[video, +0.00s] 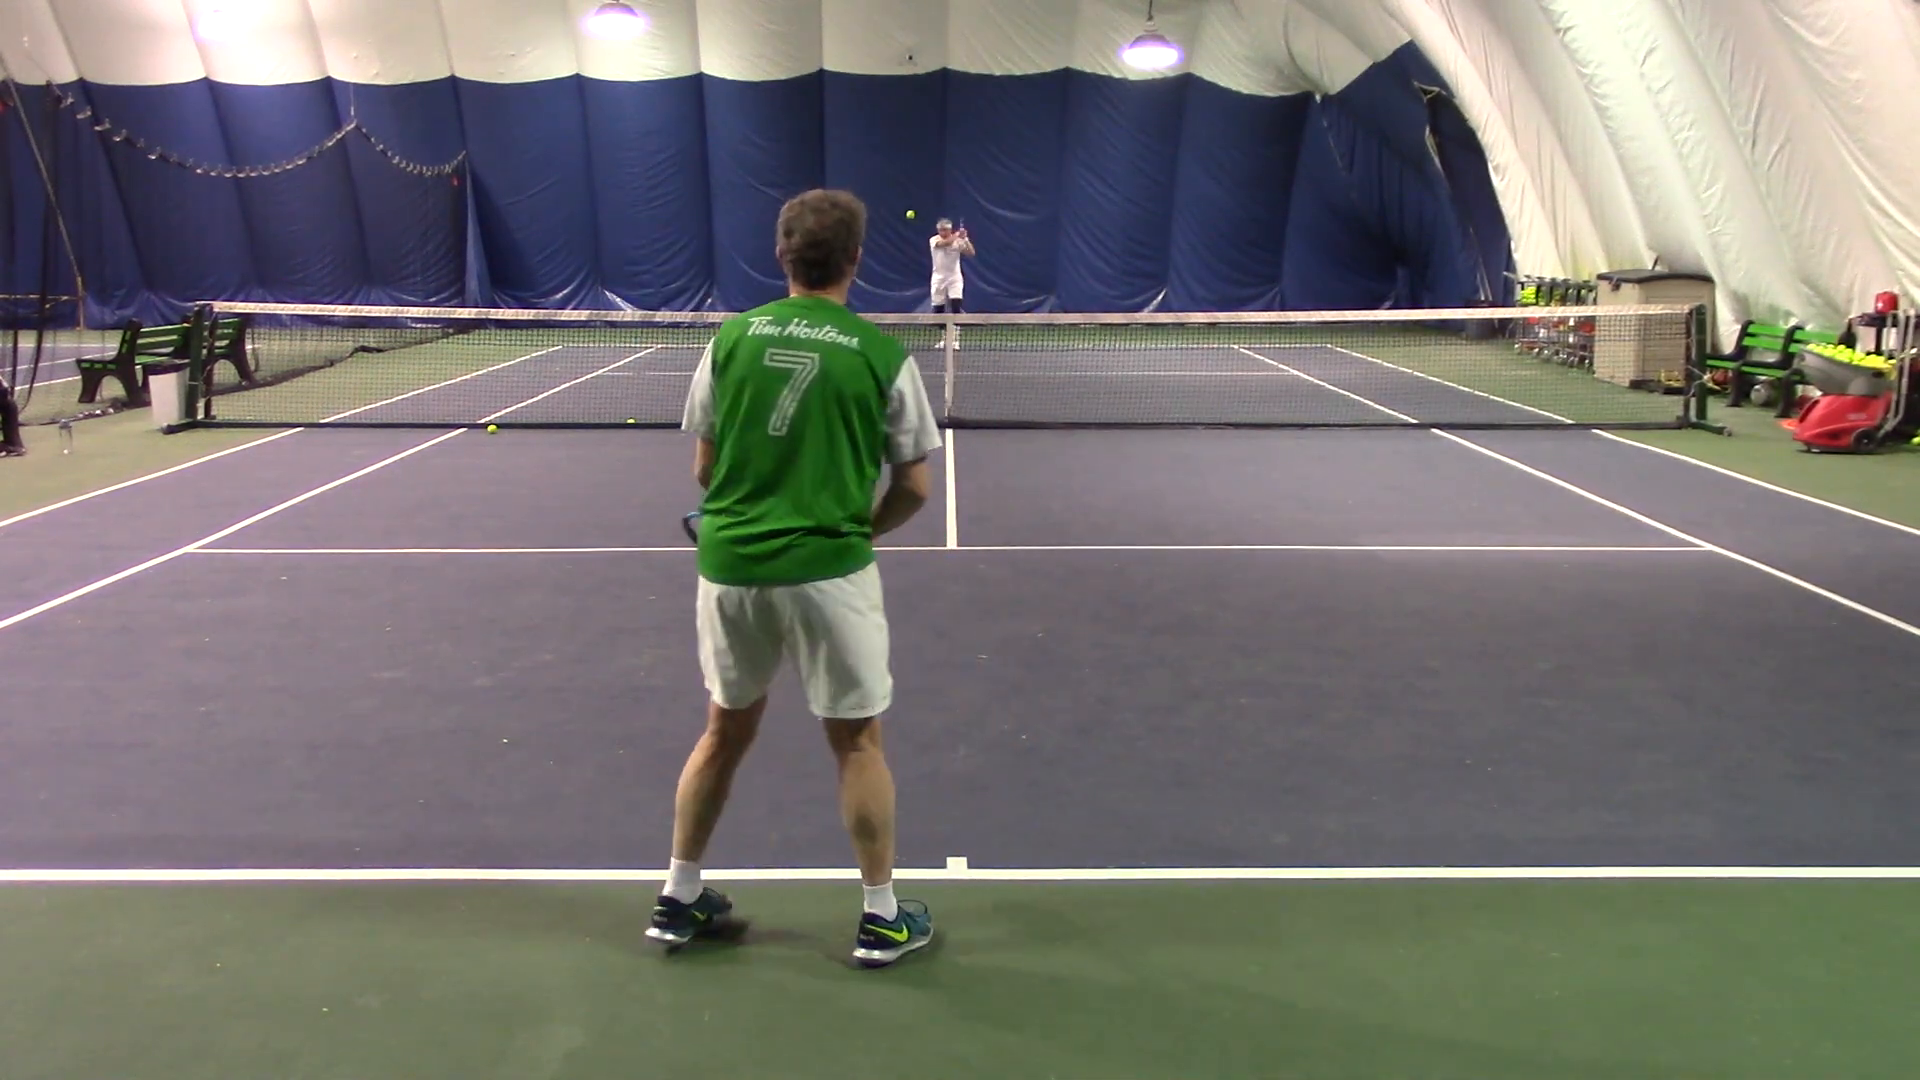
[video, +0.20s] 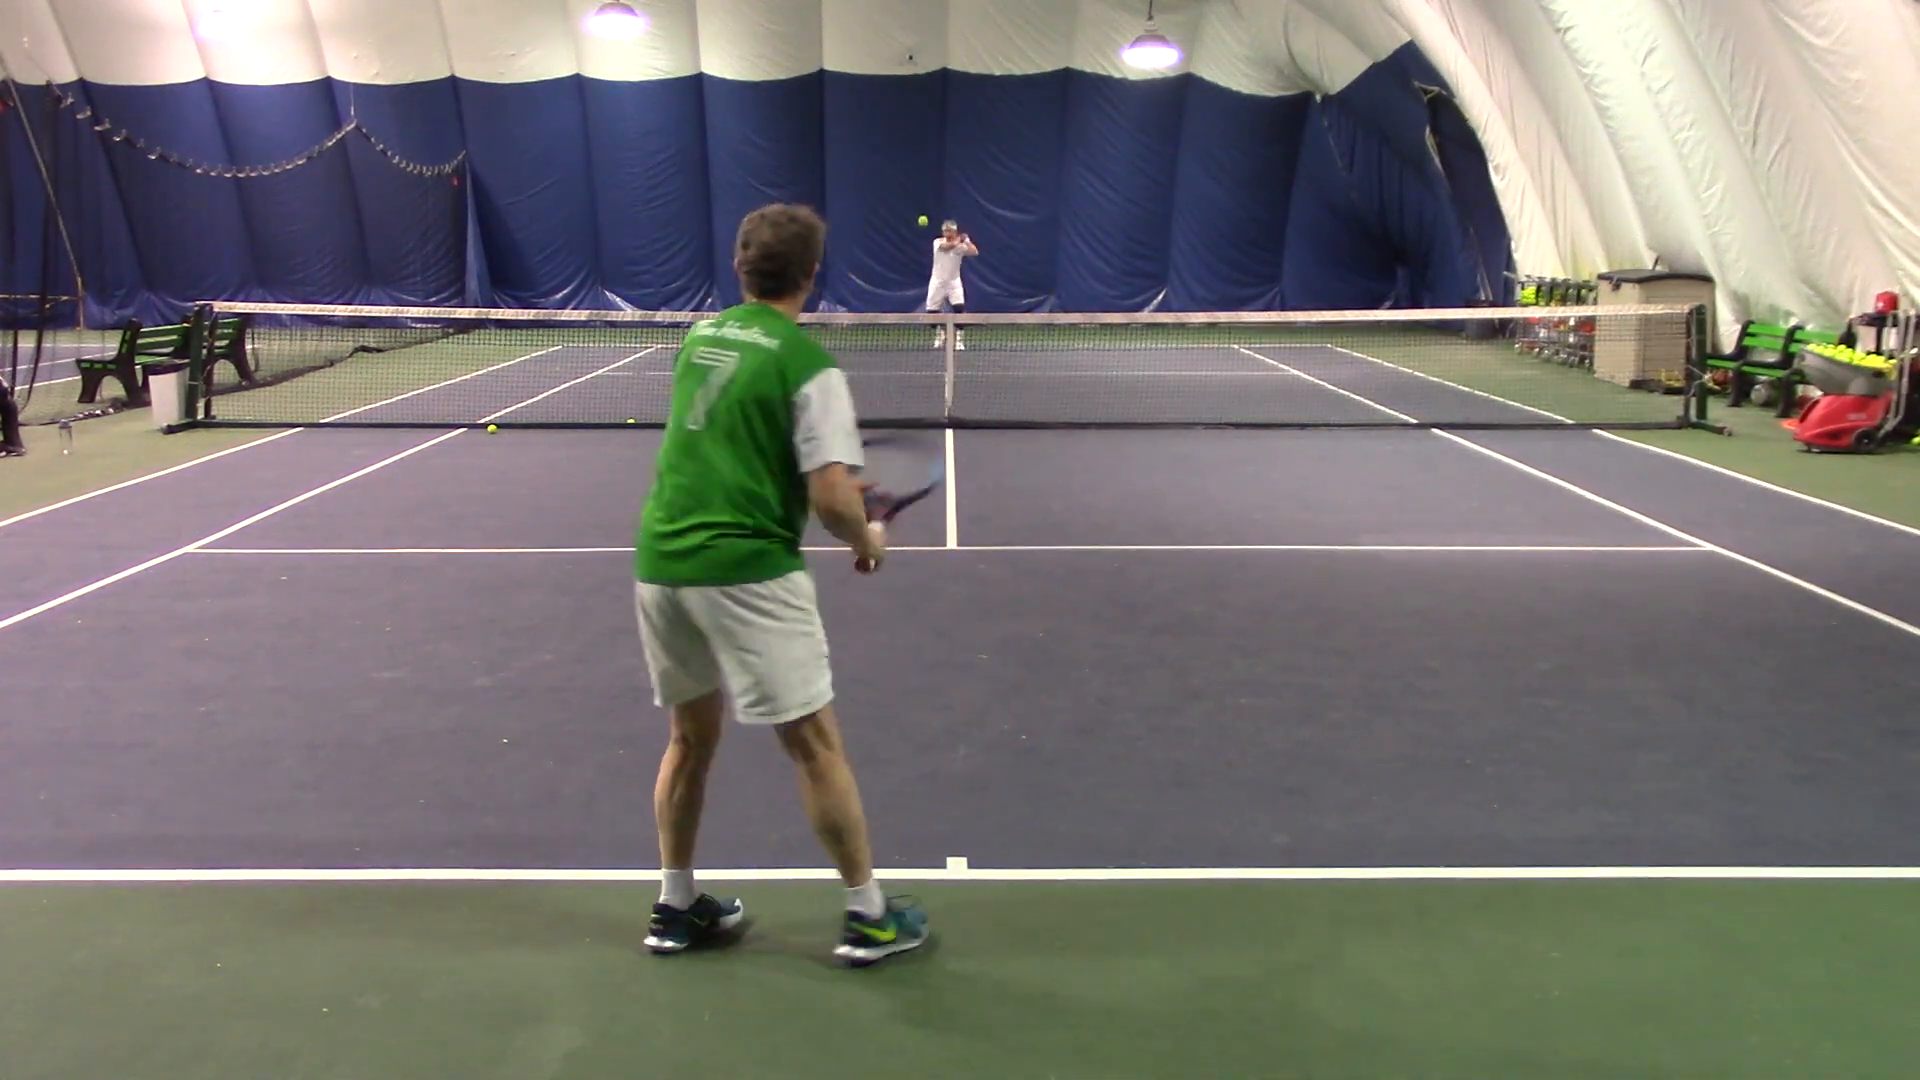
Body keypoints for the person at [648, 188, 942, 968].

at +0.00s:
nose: (856, 262)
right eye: (859, 252)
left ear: (781, 258)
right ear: (854, 261)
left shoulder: (731, 339)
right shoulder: (881, 355)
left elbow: (705, 467)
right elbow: (915, 486)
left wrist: (756, 508)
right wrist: (852, 530)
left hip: (731, 566)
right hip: (831, 570)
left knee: (724, 729)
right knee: (857, 739)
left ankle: (677, 898)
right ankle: (882, 915)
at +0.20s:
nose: (817, 273)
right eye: (817, 264)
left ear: (740, 267)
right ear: (813, 275)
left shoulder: (701, 338)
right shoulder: (806, 363)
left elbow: (731, 450)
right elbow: (832, 496)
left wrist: (841, 486)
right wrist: (866, 541)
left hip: (662, 561)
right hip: (751, 569)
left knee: (691, 735)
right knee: (815, 746)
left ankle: (675, 904)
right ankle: (869, 911)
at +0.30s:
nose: (796, 274)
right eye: (796, 265)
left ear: (718, 266)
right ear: (788, 274)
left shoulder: (683, 336)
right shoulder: (767, 356)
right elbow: (789, 481)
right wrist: (874, 509)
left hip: (639, 563)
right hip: (721, 569)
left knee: (683, 733)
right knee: (788, 738)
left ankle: (674, 905)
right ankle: (795, 923)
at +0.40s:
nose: (780, 269)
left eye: (768, 255)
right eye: (780, 259)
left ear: (702, 264)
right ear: (771, 270)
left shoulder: (679, 332)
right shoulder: (740, 354)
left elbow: (767, 413)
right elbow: (754, 467)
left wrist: (873, 410)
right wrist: (868, 471)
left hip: (627, 566)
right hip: (699, 574)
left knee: (675, 739)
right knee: (757, 748)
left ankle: (674, 906)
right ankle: (712, 930)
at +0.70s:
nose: (761, 290)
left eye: (757, 278)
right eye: (761, 279)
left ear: (685, 275)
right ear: (747, 287)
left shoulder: (689, 343)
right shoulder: (685, 350)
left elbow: (782, 409)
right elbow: (660, 445)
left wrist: (849, 365)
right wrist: (768, 444)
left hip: (638, 581)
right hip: (640, 589)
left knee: (684, 751)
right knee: (665, 785)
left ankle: (675, 900)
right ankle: (609, 978)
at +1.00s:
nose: (772, 297)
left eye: (770, 283)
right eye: (772, 284)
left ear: (696, 278)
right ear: (755, 292)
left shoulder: (660, 334)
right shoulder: (697, 364)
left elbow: (664, 421)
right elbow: (694, 465)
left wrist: (747, 408)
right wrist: (769, 500)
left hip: (606, 576)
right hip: (640, 587)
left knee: (670, 735)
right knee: (669, 784)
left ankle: (688, 876)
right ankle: (610, 977)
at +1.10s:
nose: (782, 305)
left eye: (784, 293)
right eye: (782, 294)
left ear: (704, 285)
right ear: (763, 298)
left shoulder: (660, 337)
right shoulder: (715, 373)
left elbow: (608, 411)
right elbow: (736, 487)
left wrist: (718, 406)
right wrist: (826, 536)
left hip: (600, 583)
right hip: (655, 595)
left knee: (670, 746)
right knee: (668, 786)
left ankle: (694, 880)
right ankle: (611, 977)